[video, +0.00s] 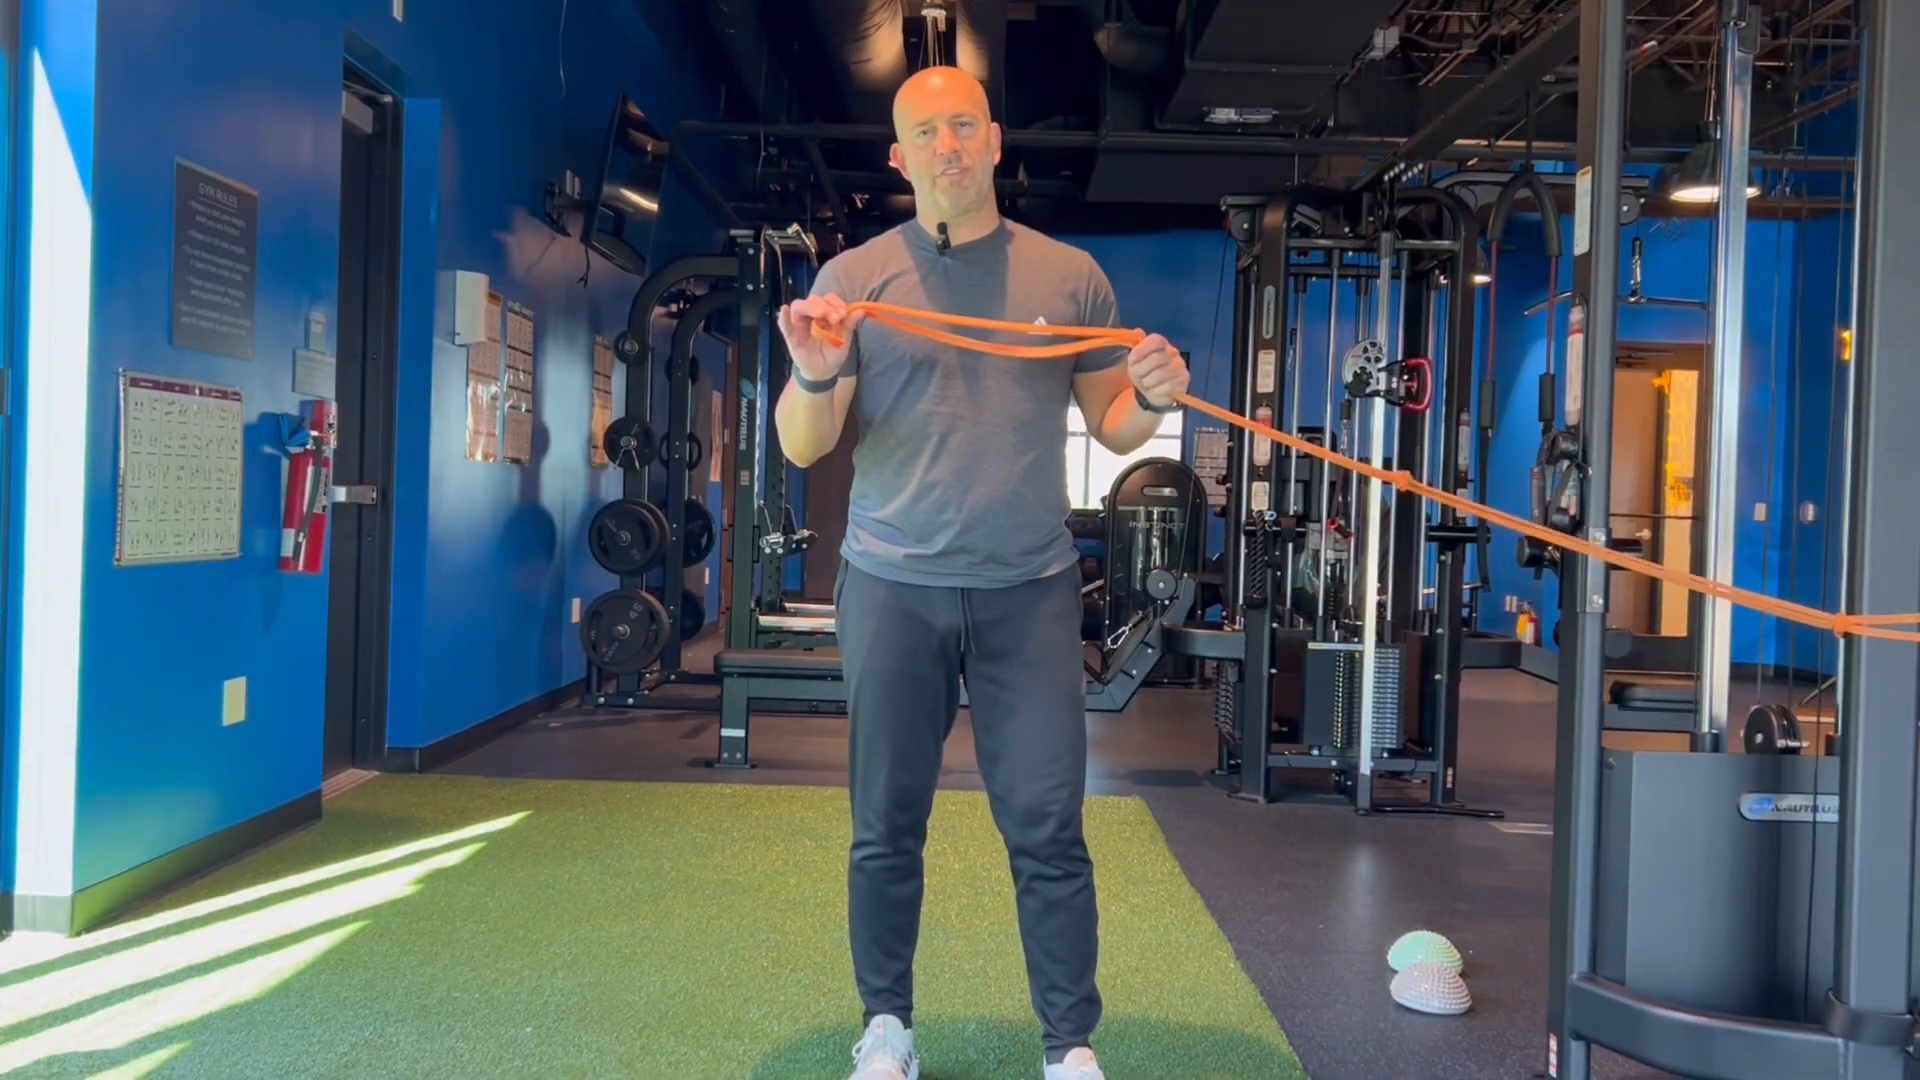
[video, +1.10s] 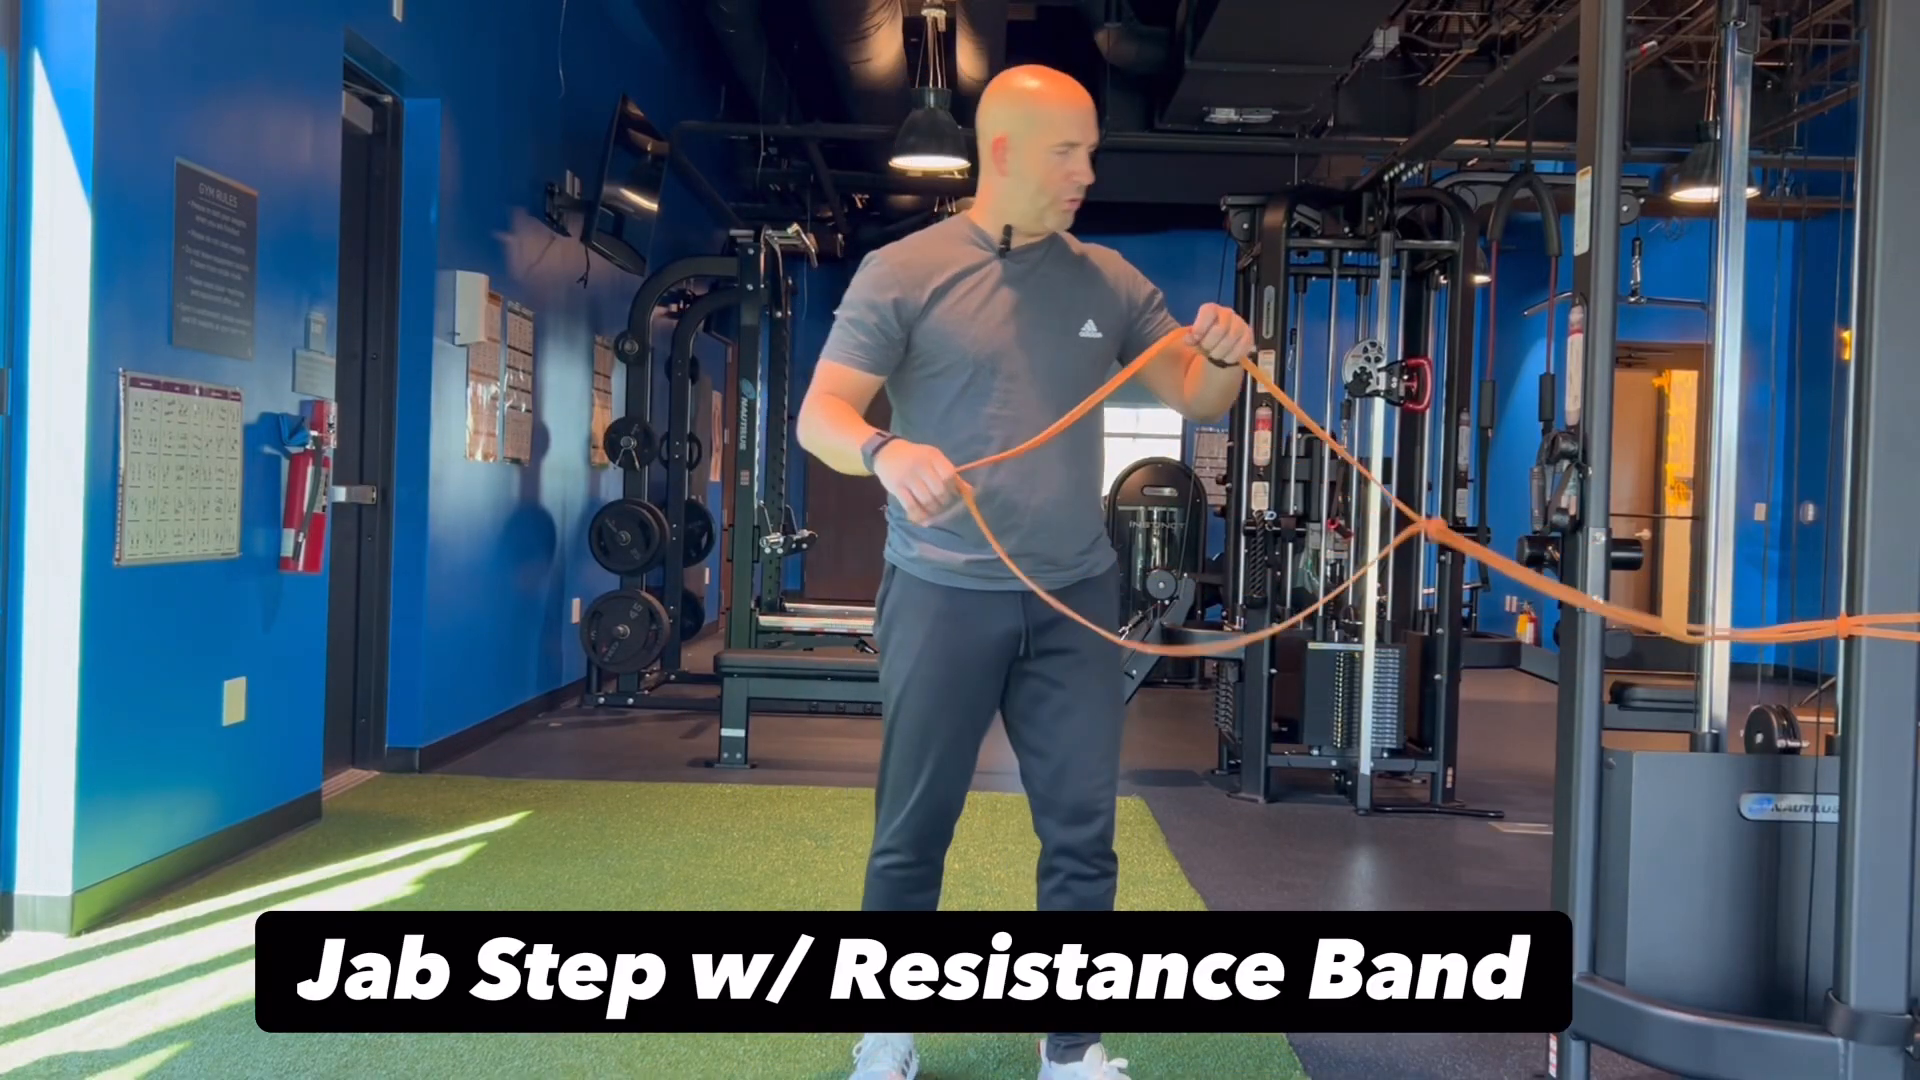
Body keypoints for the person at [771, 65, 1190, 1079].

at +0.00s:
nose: (949, 142)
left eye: (964, 123)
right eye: (928, 129)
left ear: (997, 142)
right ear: (899, 157)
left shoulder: (1069, 276)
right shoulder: (854, 278)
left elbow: (1115, 428)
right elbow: (803, 448)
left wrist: (1153, 394)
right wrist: (815, 378)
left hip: (1031, 586)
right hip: (892, 585)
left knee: (1047, 823)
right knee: (887, 823)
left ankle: (1070, 1043)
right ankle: (886, 1023)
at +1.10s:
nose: (1086, 176)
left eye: (1092, 156)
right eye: (1070, 155)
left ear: (1070, 161)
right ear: (1002, 153)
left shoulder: (1110, 281)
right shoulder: (901, 273)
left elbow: (1203, 401)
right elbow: (821, 415)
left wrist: (1226, 356)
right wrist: (880, 451)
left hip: (1077, 592)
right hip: (945, 591)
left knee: (1084, 835)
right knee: (911, 835)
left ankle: (1071, 1049)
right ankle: (884, 1037)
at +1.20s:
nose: (1121, 177)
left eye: (1125, 158)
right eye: (1106, 156)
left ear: (1087, 159)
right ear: (1035, 150)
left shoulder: (1130, 282)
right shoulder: (924, 269)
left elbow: (1206, 411)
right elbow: (843, 414)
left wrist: (1241, 381)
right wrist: (897, 444)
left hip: (1092, 595)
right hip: (961, 591)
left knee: (1091, 836)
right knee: (922, 829)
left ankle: (1071, 1048)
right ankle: (885, 1032)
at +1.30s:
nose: (1147, 179)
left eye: (1152, 160)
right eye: (1133, 158)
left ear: (1094, 160)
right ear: (1062, 151)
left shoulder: (1147, 285)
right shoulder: (940, 266)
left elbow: (1210, 401)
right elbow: (855, 409)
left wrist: (1260, 412)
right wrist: (909, 409)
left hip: (1102, 598)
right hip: (970, 589)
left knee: (1097, 833)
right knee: (939, 818)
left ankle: (1073, 1050)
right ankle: (879, 1026)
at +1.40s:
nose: (1160, 181)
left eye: (1165, 161)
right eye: (1146, 158)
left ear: (1117, 158)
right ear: (1076, 149)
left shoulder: (1156, 290)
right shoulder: (951, 262)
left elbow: (1222, 418)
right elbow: (860, 406)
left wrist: (1279, 459)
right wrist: (915, 373)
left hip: (1107, 593)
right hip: (977, 581)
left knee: (1099, 832)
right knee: (954, 804)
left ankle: (1073, 1045)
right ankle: (868, 1020)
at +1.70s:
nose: (1134, 161)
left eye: (1136, 141)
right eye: (1118, 138)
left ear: (1076, 145)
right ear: (1048, 136)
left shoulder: (1121, 288)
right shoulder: (928, 251)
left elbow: (1194, 422)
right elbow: (837, 418)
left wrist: (1282, 501)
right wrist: (884, 334)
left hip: (1087, 591)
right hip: (959, 585)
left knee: (1089, 836)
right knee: (918, 837)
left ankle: (1073, 1048)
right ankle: (876, 1053)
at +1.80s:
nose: (1113, 153)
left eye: (1113, 133)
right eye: (1096, 132)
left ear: (1050, 140)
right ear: (1024, 135)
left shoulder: (1101, 283)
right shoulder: (904, 253)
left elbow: (1176, 413)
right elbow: (823, 422)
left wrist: (1287, 494)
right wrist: (871, 354)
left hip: (1071, 589)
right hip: (942, 582)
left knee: (1091, 835)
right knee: (901, 841)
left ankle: (1072, 1052)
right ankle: (870, 1056)